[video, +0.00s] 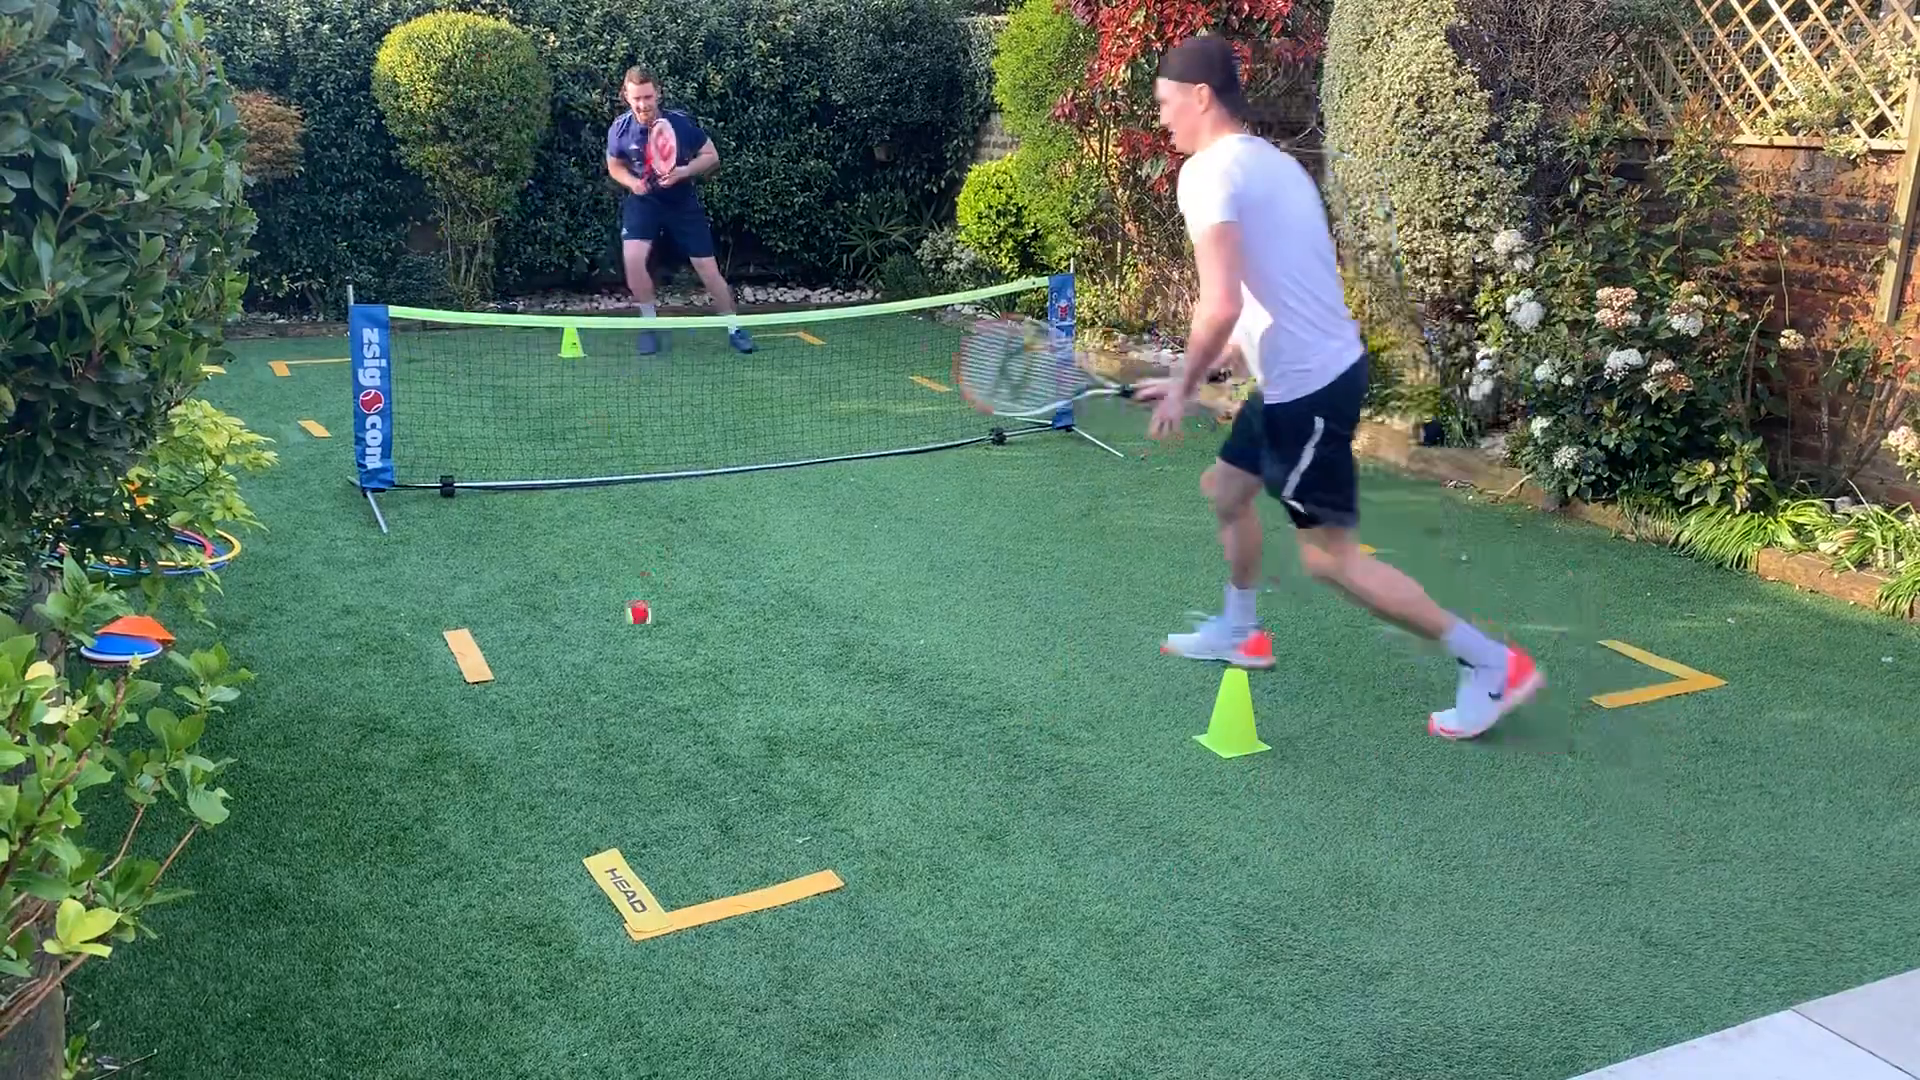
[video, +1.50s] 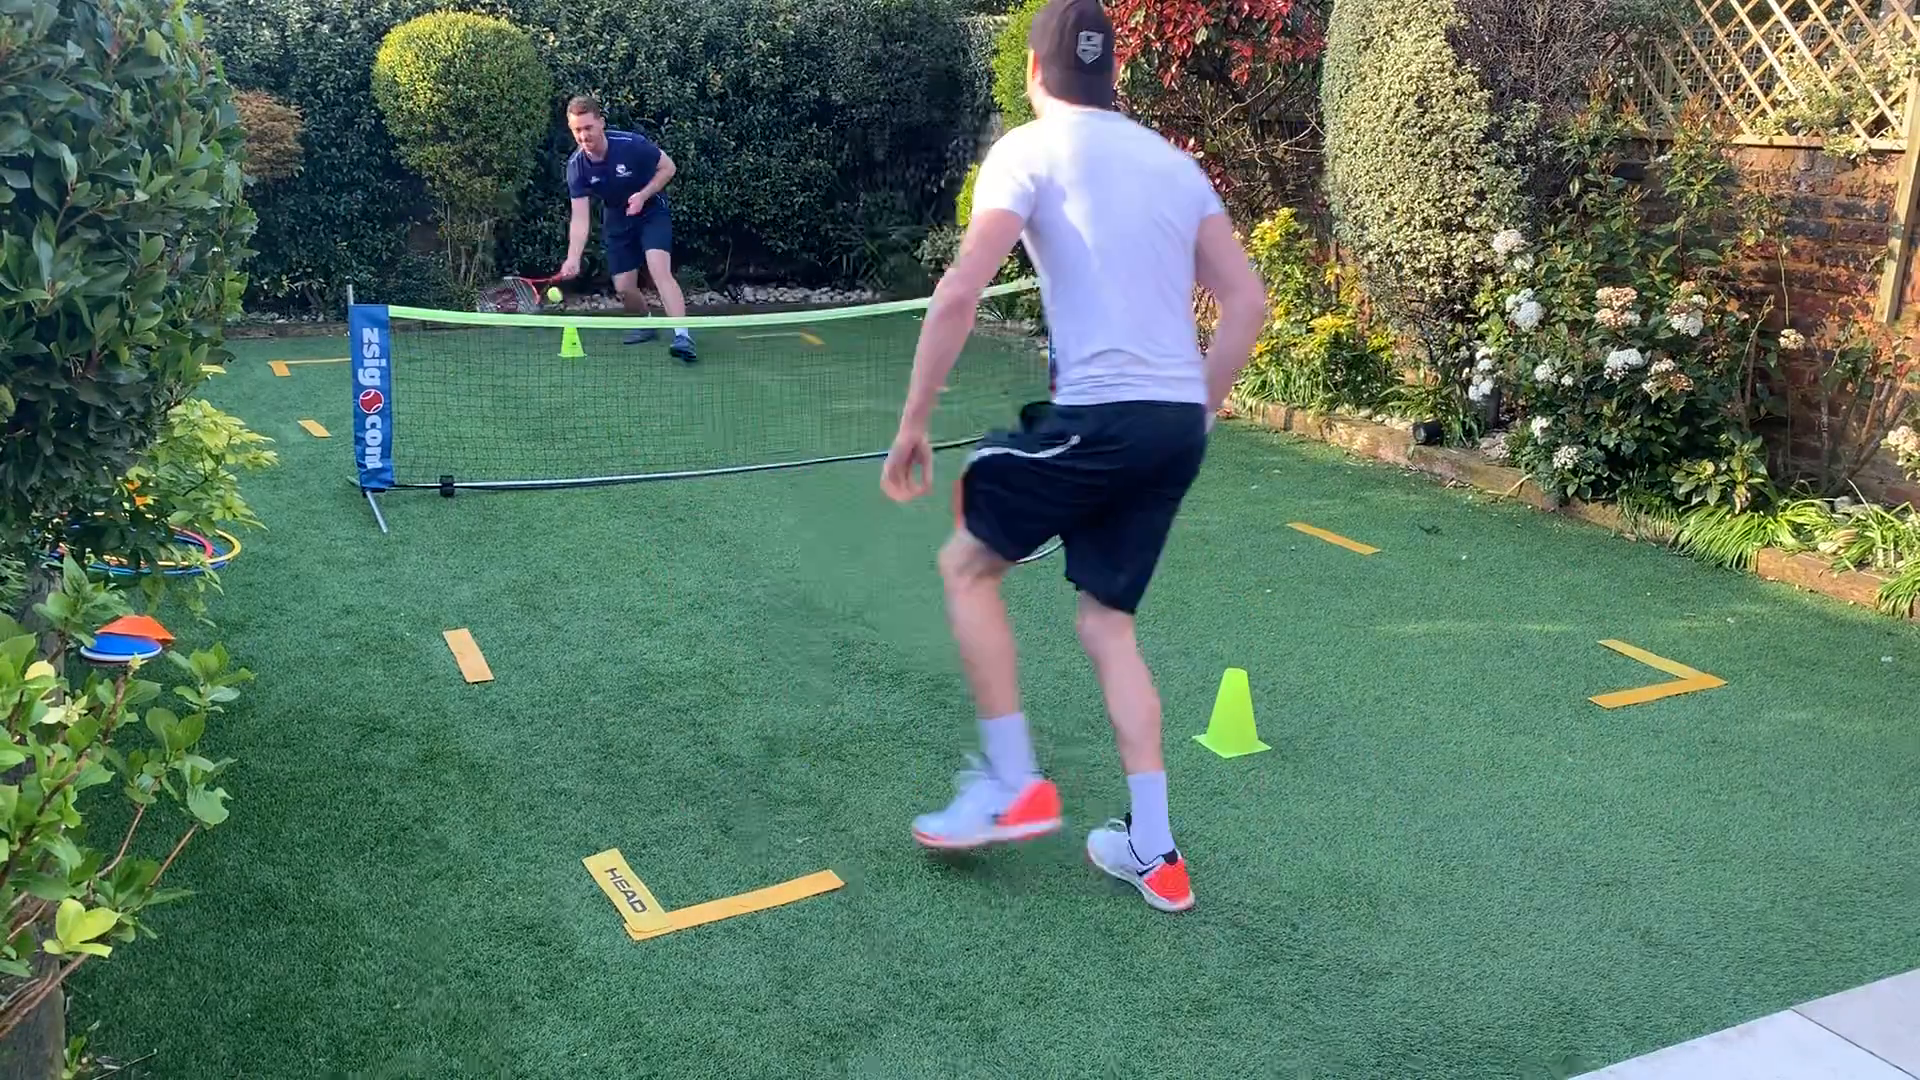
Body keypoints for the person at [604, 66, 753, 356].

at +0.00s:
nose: (642, 105)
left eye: (648, 98)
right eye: (636, 99)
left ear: (659, 94)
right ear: (626, 97)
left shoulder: (679, 122)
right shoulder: (620, 129)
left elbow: (712, 156)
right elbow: (614, 165)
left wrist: (682, 171)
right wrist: (633, 182)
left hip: (682, 201)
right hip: (643, 202)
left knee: (708, 269)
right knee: (632, 262)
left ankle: (734, 329)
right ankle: (649, 326)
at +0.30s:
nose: (620, 115)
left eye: (626, 108)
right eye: (614, 109)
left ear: (635, 106)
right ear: (605, 109)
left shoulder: (656, 135)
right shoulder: (598, 144)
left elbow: (677, 170)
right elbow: (596, 183)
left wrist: (663, 184)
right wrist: (622, 196)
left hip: (667, 209)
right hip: (626, 214)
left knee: (692, 262)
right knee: (619, 280)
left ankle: (720, 324)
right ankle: (619, 319)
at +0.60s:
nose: (582, 92)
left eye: (587, 85)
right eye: (576, 86)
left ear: (596, 87)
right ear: (566, 88)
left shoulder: (615, 119)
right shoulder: (555, 121)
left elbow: (634, 149)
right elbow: (543, 160)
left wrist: (622, 170)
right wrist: (573, 177)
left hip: (610, 201)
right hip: (570, 199)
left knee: (612, 263)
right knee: (558, 258)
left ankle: (605, 313)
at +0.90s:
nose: (561, 119)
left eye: (566, 112)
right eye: (555, 113)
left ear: (576, 112)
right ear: (546, 115)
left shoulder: (594, 147)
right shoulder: (534, 150)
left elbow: (610, 185)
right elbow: (517, 191)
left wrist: (584, 197)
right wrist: (537, 214)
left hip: (587, 221)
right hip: (547, 223)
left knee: (623, 267)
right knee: (518, 279)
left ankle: (623, 321)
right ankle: (512, 325)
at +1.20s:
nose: (581, 100)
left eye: (586, 92)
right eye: (574, 94)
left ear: (598, 90)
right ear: (567, 96)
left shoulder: (619, 123)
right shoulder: (566, 132)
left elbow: (653, 162)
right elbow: (549, 175)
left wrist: (613, 167)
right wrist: (528, 206)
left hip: (628, 209)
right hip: (591, 211)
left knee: (643, 274)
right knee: (581, 272)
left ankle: (646, 332)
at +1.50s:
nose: (583, 136)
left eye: (588, 128)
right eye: (577, 130)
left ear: (602, 122)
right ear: (571, 131)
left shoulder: (632, 145)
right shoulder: (577, 167)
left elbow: (668, 168)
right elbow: (579, 218)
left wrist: (644, 194)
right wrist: (573, 258)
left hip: (650, 210)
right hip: (615, 218)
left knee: (658, 268)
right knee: (624, 288)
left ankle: (682, 334)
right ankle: (644, 324)